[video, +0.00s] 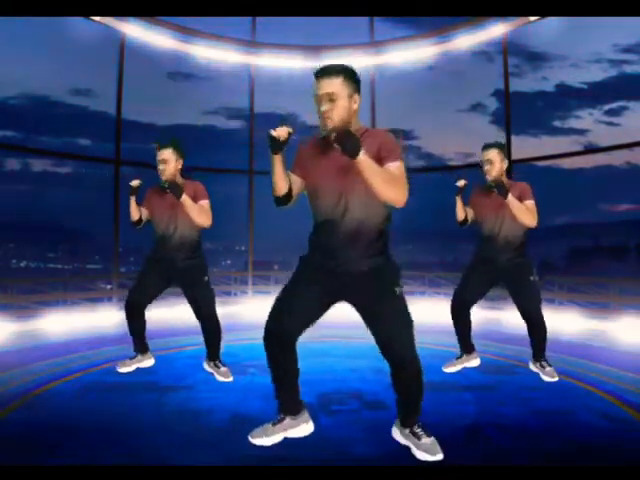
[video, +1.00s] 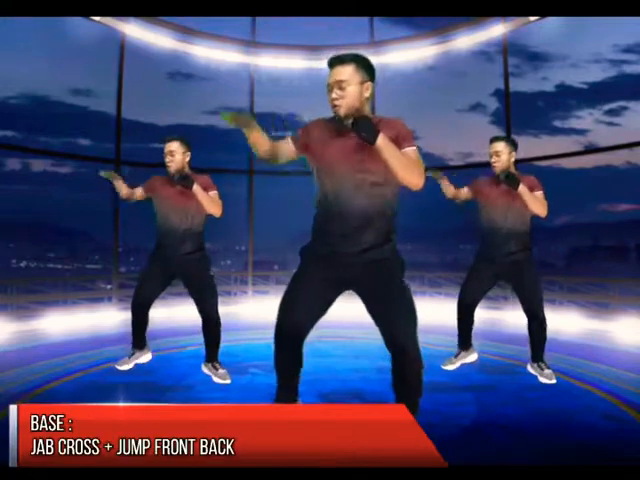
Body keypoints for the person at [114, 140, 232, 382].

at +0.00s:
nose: (160, 167)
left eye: (164, 162)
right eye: (158, 163)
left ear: (179, 163)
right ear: (156, 165)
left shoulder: (195, 188)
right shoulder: (154, 193)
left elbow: (205, 220)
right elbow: (137, 219)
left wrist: (180, 194)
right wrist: (133, 196)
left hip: (191, 263)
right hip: (161, 263)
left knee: (208, 315)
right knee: (134, 304)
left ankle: (213, 360)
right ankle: (142, 354)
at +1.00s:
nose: (168, 159)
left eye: (173, 154)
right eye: (166, 155)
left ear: (187, 156)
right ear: (164, 158)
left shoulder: (202, 182)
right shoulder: (157, 183)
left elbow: (216, 210)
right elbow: (130, 195)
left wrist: (193, 184)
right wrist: (117, 182)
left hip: (194, 259)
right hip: (163, 258)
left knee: (210, 312)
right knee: (140, 303)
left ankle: (212, 362)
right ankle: (140, 350)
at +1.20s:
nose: (154, 159)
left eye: (158, 155)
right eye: (153, 155)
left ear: (173, 156)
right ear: (155, 158)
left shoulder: (189, 183)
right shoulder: (155, 183)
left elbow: (195, 216)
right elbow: (145, 197)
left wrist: (173, 192)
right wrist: (136, 191)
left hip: (180, 257)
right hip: (157, 256)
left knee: (194, 309)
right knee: (136, 300)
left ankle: (218, 359)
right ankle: (141, 352)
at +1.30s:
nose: (152, 161)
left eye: (155, 156)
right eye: (152, 156)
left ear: (168, 158)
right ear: (158, 159)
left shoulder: (179, 181)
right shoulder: (161, 181)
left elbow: (166, 201)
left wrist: (147, 183)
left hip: (175, 256)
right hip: (158, 254)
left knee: (184, 309)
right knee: (136, 298)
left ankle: (221, 356)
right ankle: (142, 352)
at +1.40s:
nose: (156, 159)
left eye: (160, 155)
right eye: (156, 155)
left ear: (170, 157)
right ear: (164, 157)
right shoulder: (168, 178)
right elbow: (156, 206)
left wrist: (106, 169)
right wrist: (154, 185)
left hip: (176, 253)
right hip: (162, 252)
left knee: (184, 312)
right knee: (139, 298)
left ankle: (218, 359)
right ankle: (141, 352)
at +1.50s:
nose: (157, 159)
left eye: (161, 155)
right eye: (157, 156)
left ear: (171, 156)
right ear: (165, 158)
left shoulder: (181, 177)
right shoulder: (167, 179)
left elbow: (146, 183)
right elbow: (156, 207)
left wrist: (121, 173)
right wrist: (151, 182)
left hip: (182, 257)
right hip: (164, 256)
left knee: (192, 312)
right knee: (142, 299)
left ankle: (221, 360)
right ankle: (142, 352)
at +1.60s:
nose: (158, 162)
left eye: (161, 158)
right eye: (156, 158)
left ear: (173, 158)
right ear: (157, 162)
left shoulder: (189, 180)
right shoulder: (161, 183)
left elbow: (188, 206)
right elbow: (154, 211)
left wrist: (161, 184)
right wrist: (150, 191)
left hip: (189, 256)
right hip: (168, 255)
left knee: (198, 312)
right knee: (145, 301)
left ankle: (222, 363)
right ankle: (142, 352)